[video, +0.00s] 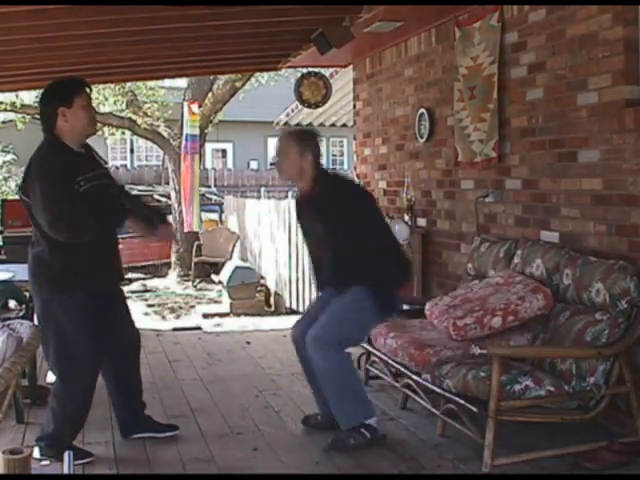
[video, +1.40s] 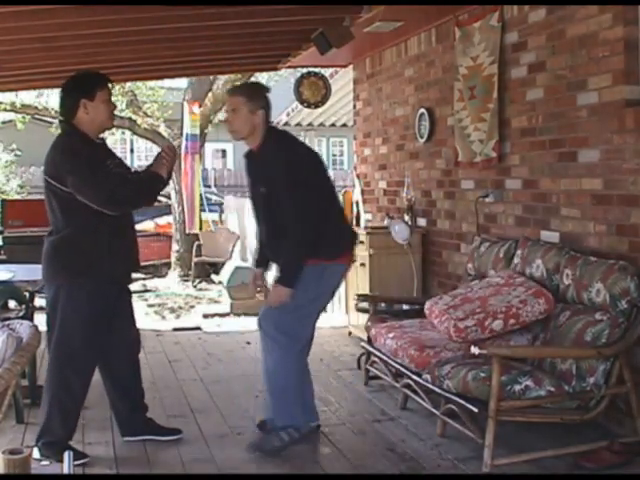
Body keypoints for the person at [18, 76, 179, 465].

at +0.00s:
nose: (95, 113)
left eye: (92, 105)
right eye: (87, 106)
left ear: (67, 115)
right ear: (63, 115)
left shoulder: (88, 158)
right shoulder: (45, 165)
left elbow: (117, 199)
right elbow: (62, 227)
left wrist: (150, 218)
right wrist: (117, 212)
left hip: (99, 279)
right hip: (61, 284)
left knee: (124, 346)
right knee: (77, 363)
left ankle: (133, 421)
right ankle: (54, 443)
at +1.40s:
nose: (115, 107)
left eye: (113, 99)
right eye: (108, 100)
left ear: (88, 107)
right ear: (85, 106)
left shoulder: (95, 149)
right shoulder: (68, 151)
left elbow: (130, 189)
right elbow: (114, 197)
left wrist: (156, 172)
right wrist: (157, 174)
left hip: (106, 273)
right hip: (77, 276)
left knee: (121, 350)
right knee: (70, 361)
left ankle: (134, 423)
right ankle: (51, 444)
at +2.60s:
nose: (112, 110)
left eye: (110, 102)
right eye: (103, 103)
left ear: (86, 110)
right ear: (76, 110)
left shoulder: (97, 153)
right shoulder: (67, 156)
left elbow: (118, 207)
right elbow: (102, 215)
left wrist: (160, 223)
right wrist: (159, 232)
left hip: (103, 274)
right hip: (70, 277)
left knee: (120, 351)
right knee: (69, 361)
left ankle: (134, 424)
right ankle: (51, 444)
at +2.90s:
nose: (104, 113)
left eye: (102, 105)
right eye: (96, 105)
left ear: (76, 111)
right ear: (71, 111)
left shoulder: (90, 155)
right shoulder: (57, 159)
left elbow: (104, 213)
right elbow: (77, 227)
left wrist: (131, 241)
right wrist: (115, 273)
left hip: (100, 273)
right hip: (69, 279)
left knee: (121, 351)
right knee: (72, 365)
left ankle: (134, 423)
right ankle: (52, 445)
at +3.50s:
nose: (102, 126)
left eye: (103, 118)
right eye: (98, 117)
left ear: (75, 116)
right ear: (74, 115)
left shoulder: (78, 157)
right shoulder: (52, 160)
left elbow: (94, 203)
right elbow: (65, 223)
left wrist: (131, 202)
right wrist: (122, 216)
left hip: (95, 279)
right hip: (65, 284)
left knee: (121, 348)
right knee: (79, 364)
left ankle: (135, 424)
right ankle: (52, 445)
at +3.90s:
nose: (107, 120)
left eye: (107, 112)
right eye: (102, 111)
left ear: (80, 112)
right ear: (78, 111)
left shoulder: (88, 156)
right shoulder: (59, 157)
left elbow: (99, 216)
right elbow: (65, 220)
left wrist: (134, 201)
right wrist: (122, 202)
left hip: (99, 278)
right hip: (68, 283)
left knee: (120, 352)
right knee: (76, 364)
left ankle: (134, 424)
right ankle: (51, 446)